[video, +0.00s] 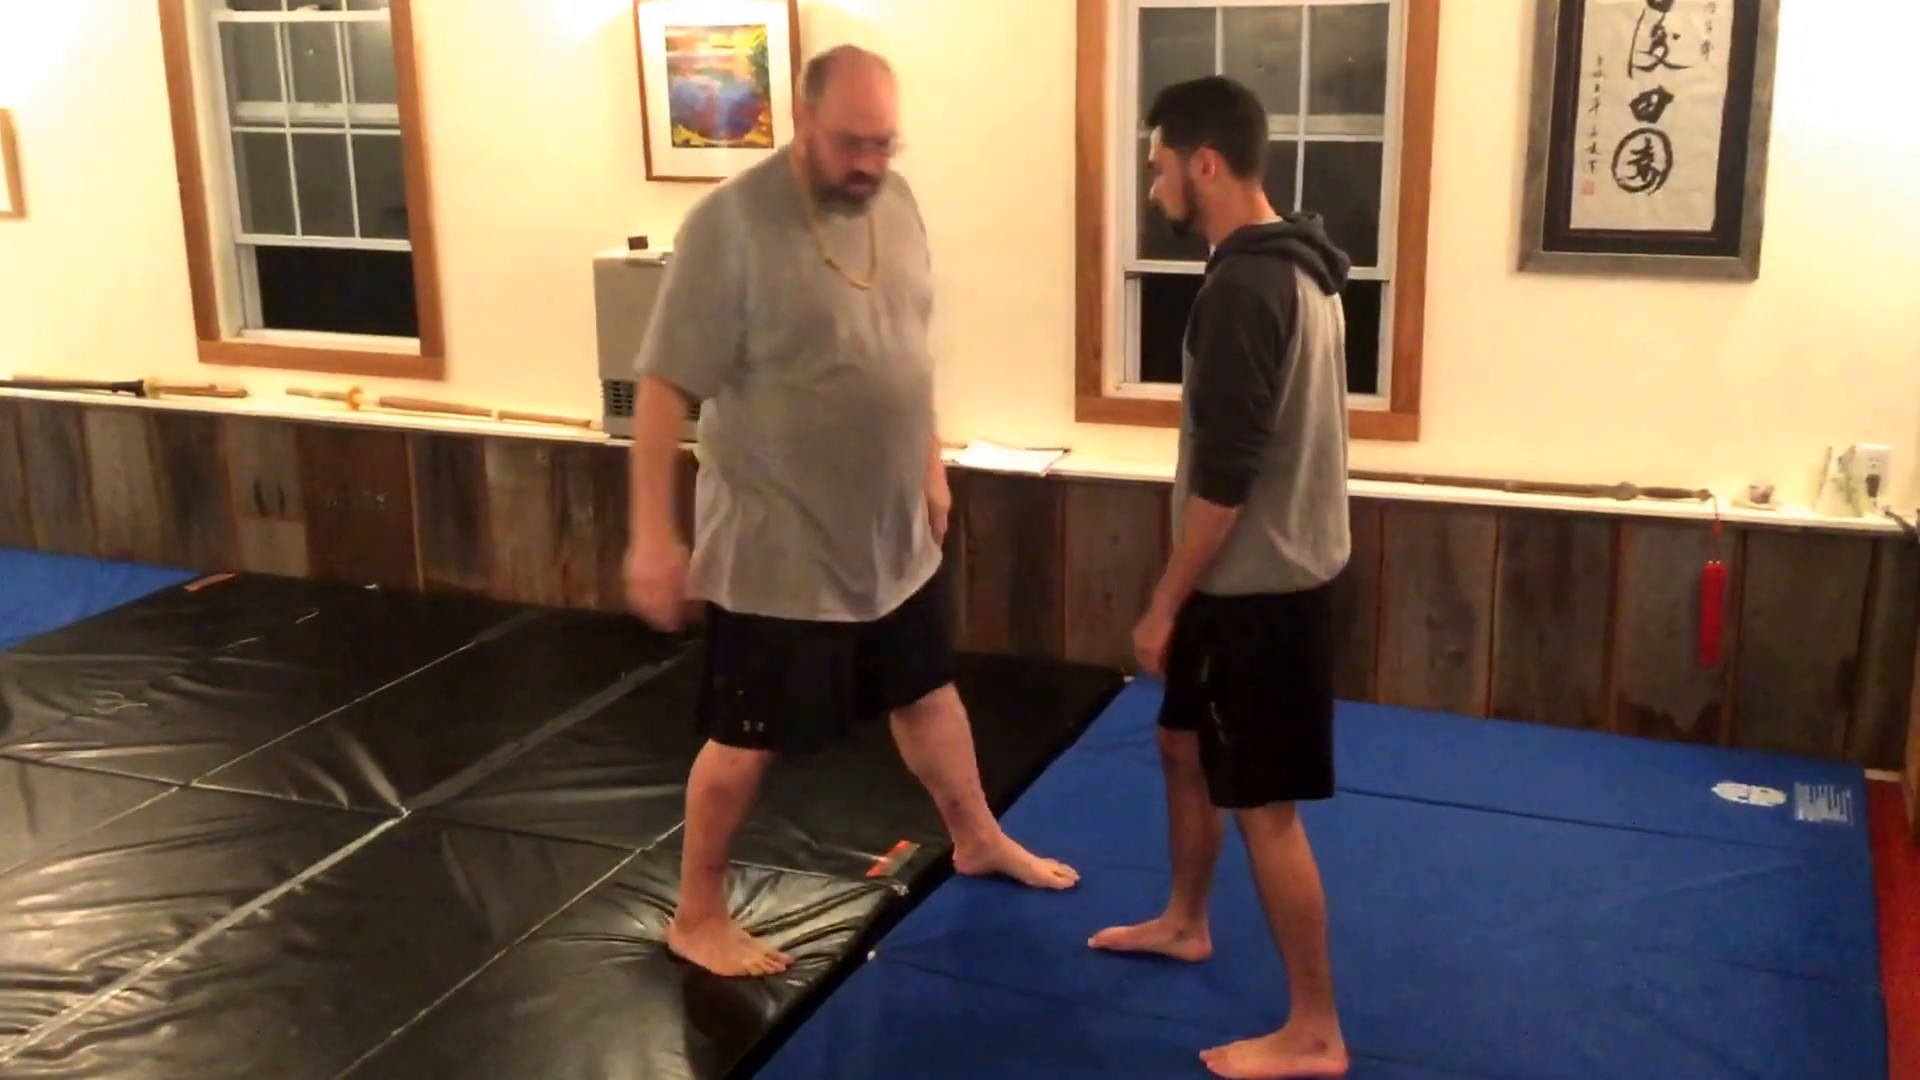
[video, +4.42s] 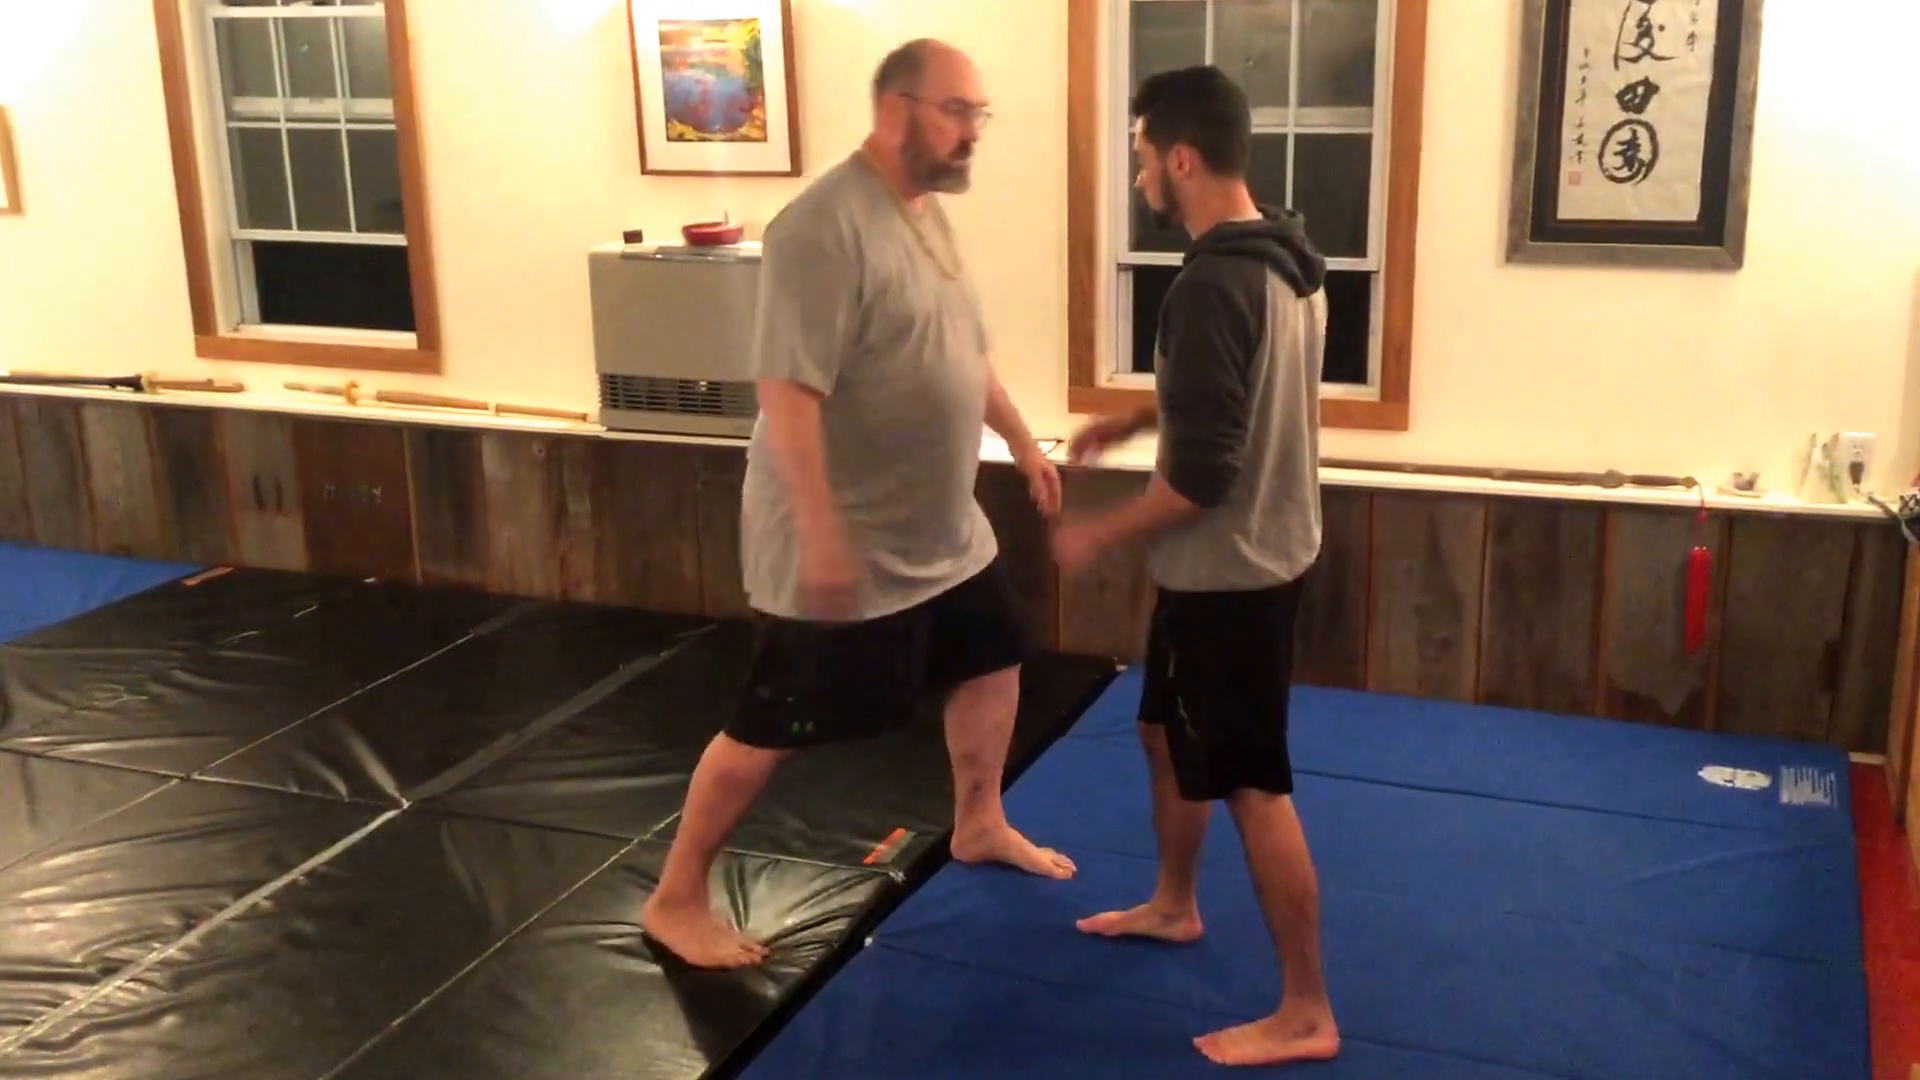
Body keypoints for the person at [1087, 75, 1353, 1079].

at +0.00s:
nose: (1156, 185)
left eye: (1162, 164)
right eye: (1156, 166)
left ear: (1207, 163)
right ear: (1238, 162)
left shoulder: (1242, 287)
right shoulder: (1299, 261)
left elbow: (1227, 477)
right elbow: (1289, 439)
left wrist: (1164, 605)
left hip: (1258, 582)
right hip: (1263, 567)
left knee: (1263, 807)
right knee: (1184, 744)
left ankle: (1315, 1031)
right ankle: (1184, 919)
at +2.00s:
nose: (1139, 155)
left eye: (1151, 138)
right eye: (1143, 136)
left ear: (1200, 152)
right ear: (1223, 151)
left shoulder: (1212, 270)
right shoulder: (1273, 250)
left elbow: (1200, 461)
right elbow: (1263, 426)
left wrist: (1149, 605)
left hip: (1222, 565)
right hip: (1243, 549)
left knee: (1235, 782)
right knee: (1172, 729)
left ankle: (1305, 1006)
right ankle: (1176, 904)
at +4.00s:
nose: (1142, 162)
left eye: (1150, 145)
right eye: (1144, 144)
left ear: (1193, 155)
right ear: (1231, 152)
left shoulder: (1216, 281)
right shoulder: (1277, 255)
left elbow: (1204, 474)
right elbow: (1275, 425)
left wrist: (1149, 613)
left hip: (1229, 571)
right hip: (1239, 555)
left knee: (1254, 784)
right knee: (1165, 725)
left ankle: (1307, 1010)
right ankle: (1175, 903)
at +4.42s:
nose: (1141, 175)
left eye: (1146, 154)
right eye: (1143, 155)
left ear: (1183, 157)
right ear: (1225, 153)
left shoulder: (1213, 284)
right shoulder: (1281, 257)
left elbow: (1202, 477)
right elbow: (1228, 386)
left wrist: (1099, 534)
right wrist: (1124, 420)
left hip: (1231, 568)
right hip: (1241, 550)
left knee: (1252, 781)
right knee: (1168, 728)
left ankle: (1305, 1011)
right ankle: (1173, 903)